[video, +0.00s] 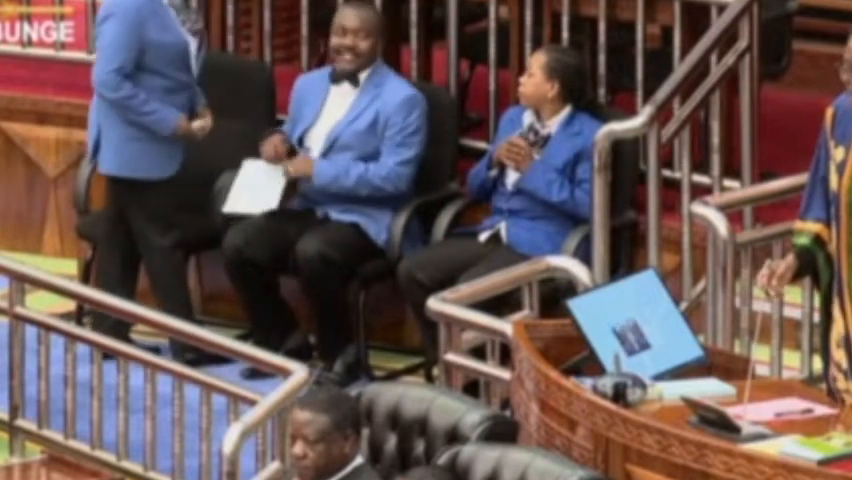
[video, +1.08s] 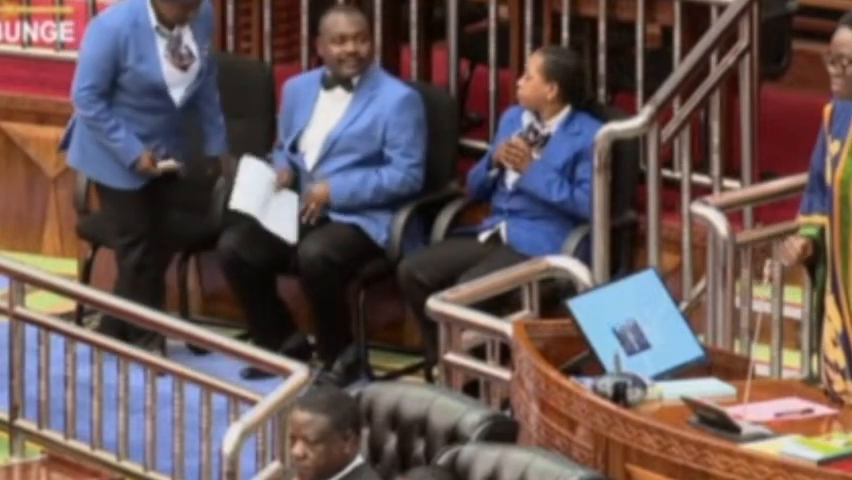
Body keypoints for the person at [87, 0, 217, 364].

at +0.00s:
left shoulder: (160, 9)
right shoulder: (127, 8)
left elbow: (176, 69)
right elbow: (108, 80)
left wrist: (198, 104)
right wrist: (172, 122)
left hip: (148, 151)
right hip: (135, 153)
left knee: (120, 248)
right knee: (163, 248)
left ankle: (111, 334)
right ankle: (186, 340)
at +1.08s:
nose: (189, 15)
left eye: (194, 8)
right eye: (182, 8)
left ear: (198, 5)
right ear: (159, 2)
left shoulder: (202, 18)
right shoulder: (113, 27)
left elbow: (206, 86)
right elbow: (86, 98)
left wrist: (216, 148)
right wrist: (134, 152)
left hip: (170, 151)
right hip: (115, 151)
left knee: (160, 244)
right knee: (137, 245)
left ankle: (115, 328)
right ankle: (146, 337)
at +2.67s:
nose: (187, 22)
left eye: (197, 15)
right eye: (181, 12)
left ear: (214, 10)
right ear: (171, 4)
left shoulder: (238, 33)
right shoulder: (134, 20)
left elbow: (237, 106)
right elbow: (106, 89)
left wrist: (230, 167)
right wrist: (118, 155)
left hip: (199, 142)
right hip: (144, 138)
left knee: (187, 238)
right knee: (144, 236)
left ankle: (181, 332)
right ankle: (147, 330)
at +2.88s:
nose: (190, 12)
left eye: (199, 7)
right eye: (185, 4)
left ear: (214, 6)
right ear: (174, 1)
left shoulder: (238, 31)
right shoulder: (134, 15)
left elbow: (237, 105)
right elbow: (102, 80)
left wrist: (229, 166)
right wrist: (110, 147)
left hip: (197, 141)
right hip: (141, 137)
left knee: (185, 237)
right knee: (142, 236)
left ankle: (181, 331)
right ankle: (147, 330)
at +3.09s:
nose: (213, 17)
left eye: (219, 10)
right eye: (205, 9)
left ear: (226, 7)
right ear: (182, 2)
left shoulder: (239, 31)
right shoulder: (136, 16)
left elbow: (236, 104)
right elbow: (105, 83)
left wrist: (228, 164)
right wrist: (112, 151)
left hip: (196, 141)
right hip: (140, 137)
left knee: (185, 237)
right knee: (141, 236)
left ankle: (180, 331)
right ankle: (146, 330)